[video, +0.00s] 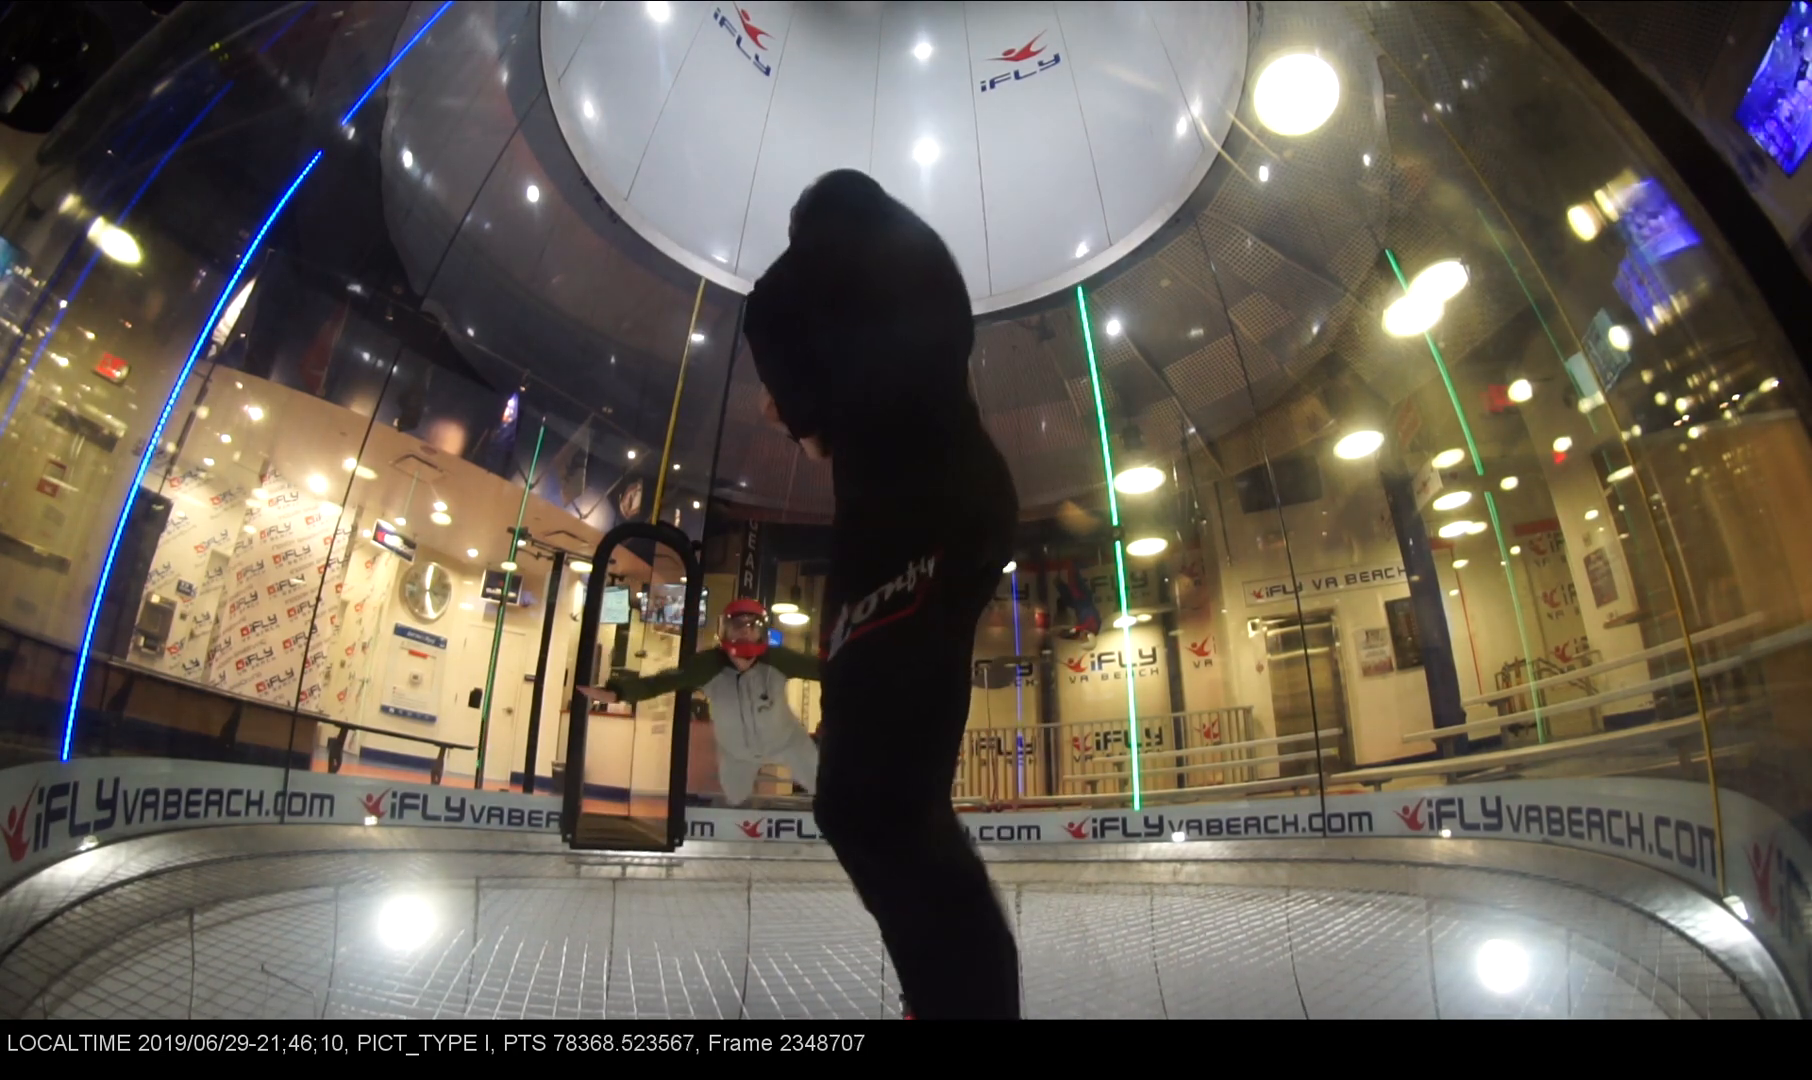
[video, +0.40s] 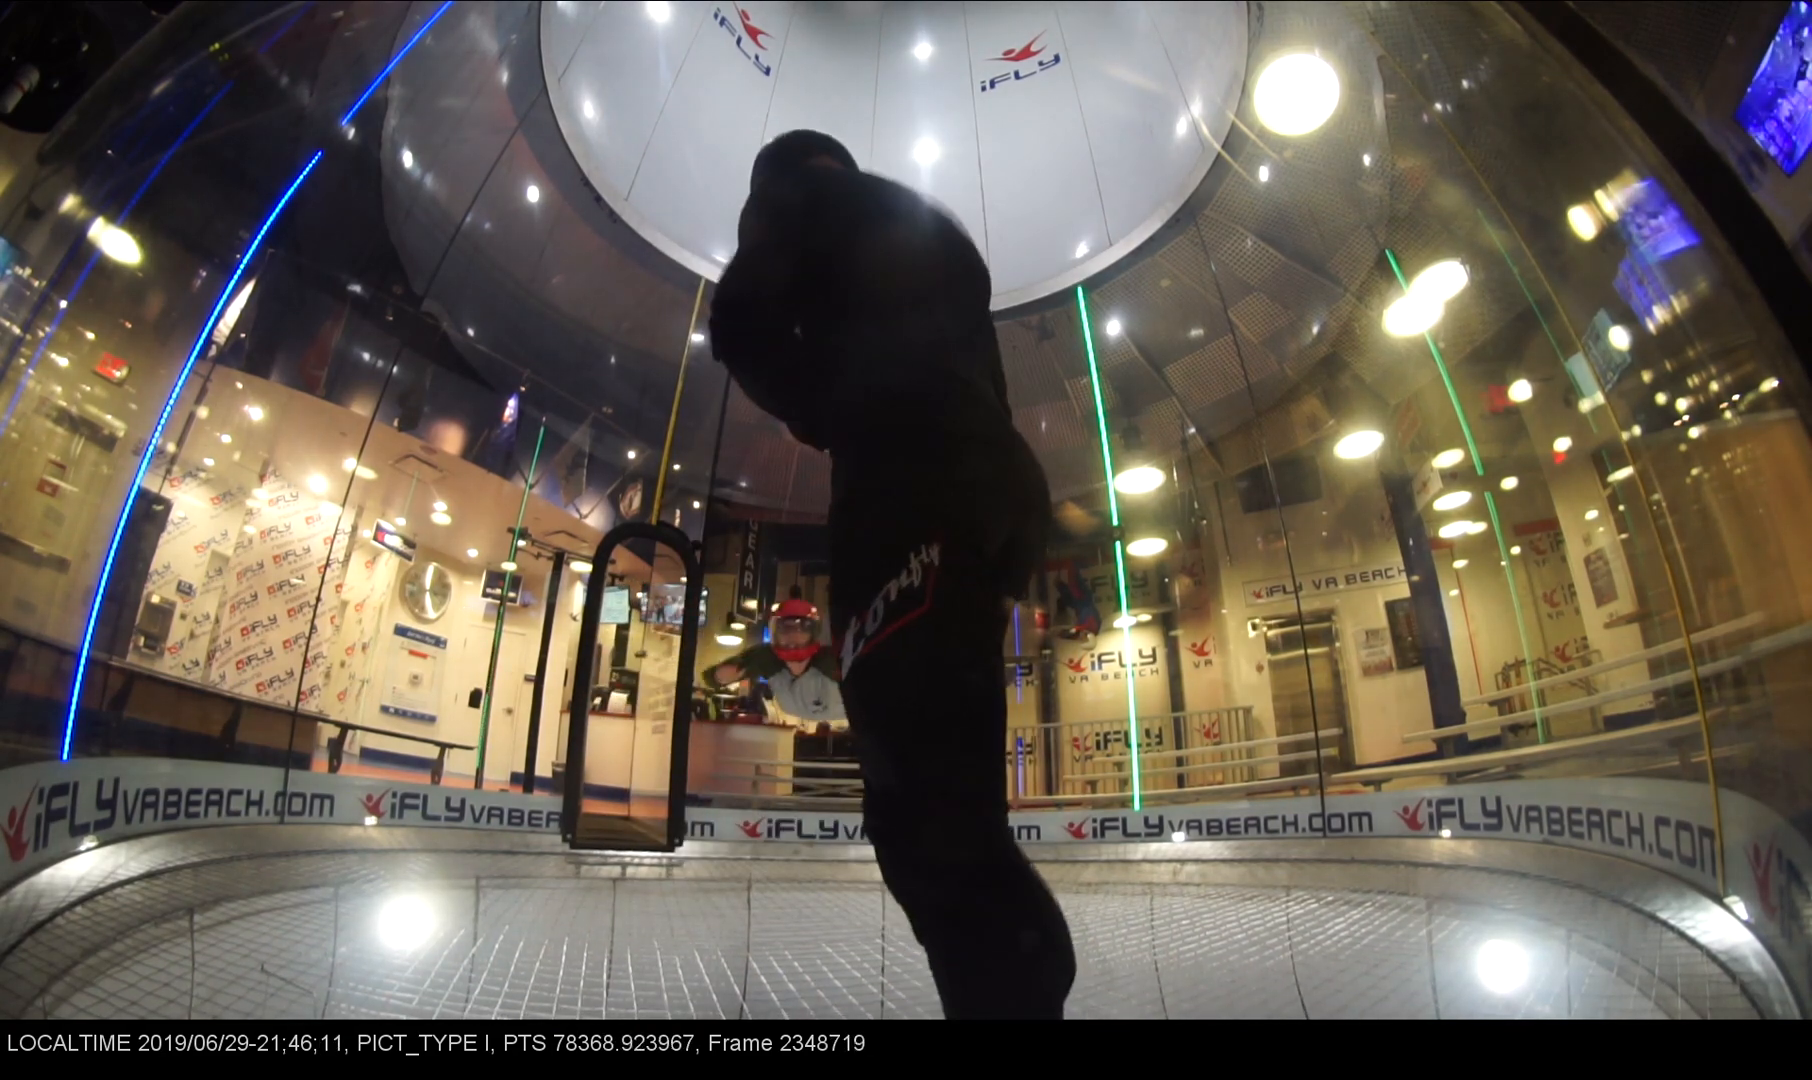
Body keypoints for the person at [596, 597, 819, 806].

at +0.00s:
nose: (746, 633)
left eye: (753, 625)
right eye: (739, 625)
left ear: (764, 631)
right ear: (724, 630)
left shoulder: (777, 659)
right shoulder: (709, 664)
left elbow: (826, 670)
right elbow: (665, 682)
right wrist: (616, 693)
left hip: (789, 744)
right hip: (737, 755)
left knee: (828, 787)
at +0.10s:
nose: (751, 634)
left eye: (759, 627)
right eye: (743, 627)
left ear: (770, 634)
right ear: (731, 633)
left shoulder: (787, 662)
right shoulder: (721, 668)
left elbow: (837, 672)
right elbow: (678, 687)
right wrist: (629, 710)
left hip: (808, 736)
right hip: (761, 745)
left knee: (848, 774)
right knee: (758, 786)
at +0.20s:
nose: (762, 639)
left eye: (769, 631)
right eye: (754, 632)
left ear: (779, 637)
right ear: (742, 639)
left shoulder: (799, 665)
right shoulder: (731, 671)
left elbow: (843, 683)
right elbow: (686, 688)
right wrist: (634, 712)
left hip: (841, 723)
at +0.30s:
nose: (774, 641)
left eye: (780, 634)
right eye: (766, 634)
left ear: (790, 638)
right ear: (756, 639)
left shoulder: (811, 665)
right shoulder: (749, 666)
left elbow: (856, 686)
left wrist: (845, 673)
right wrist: (683, 685)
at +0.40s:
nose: (795, 636)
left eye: (803, 628)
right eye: (786, 629)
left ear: (813, 632)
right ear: (775, 633)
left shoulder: (832, 661)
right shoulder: (763, 658)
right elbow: (710, 678)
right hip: (780, 748)